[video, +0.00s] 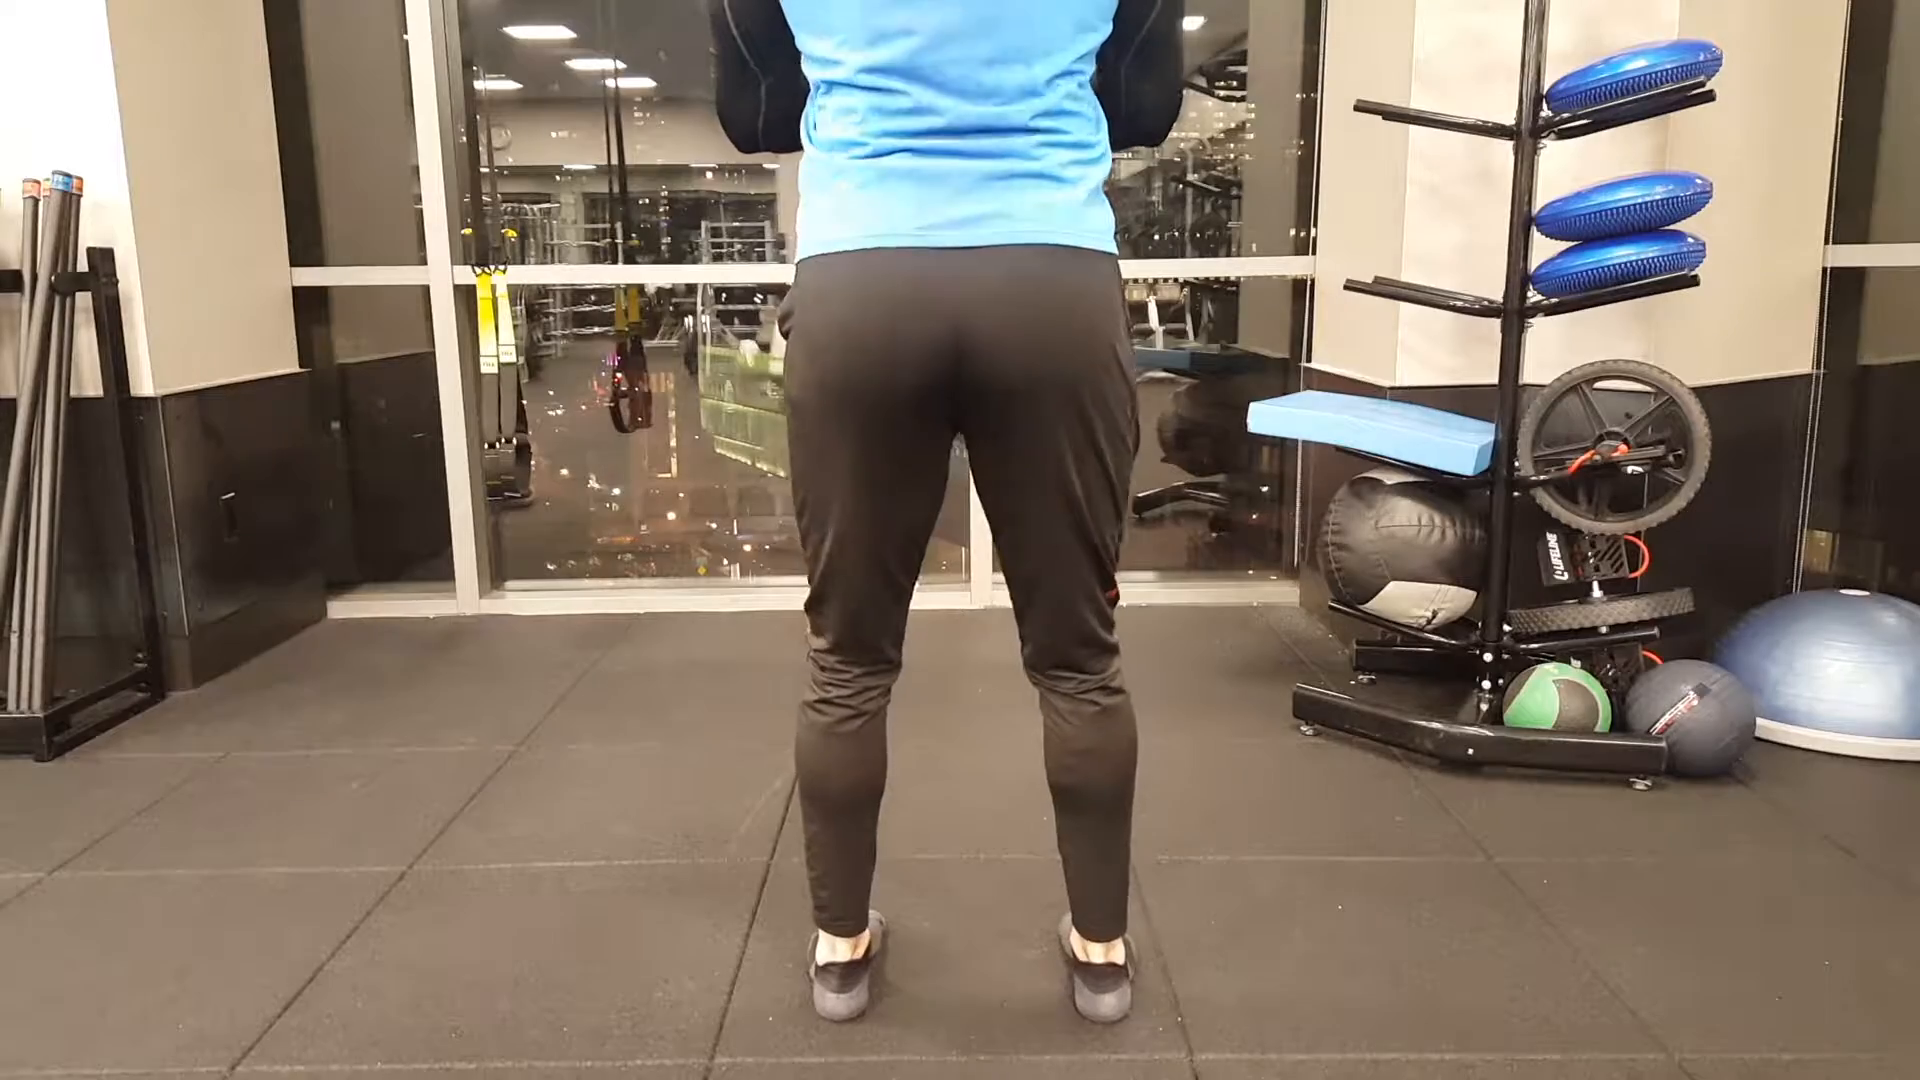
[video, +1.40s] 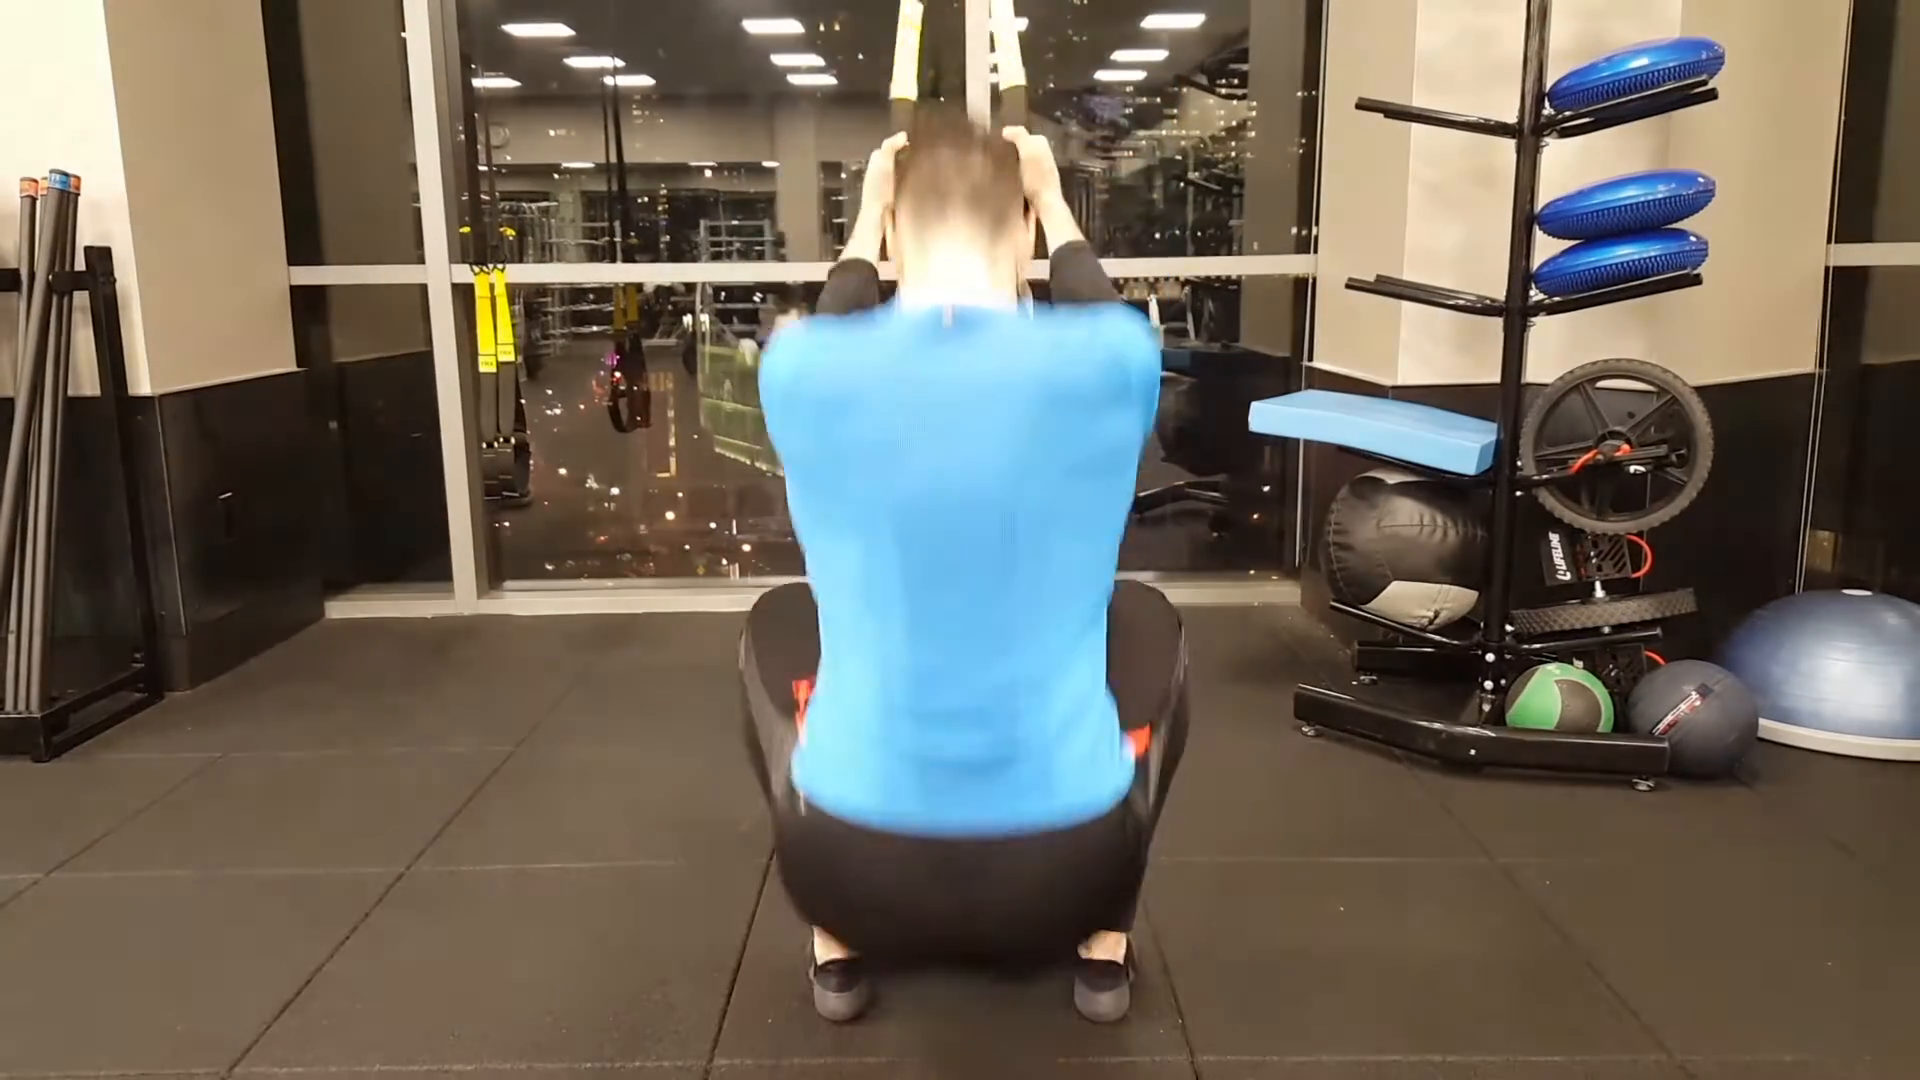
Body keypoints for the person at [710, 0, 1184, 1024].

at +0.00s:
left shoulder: (779, 3)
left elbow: (756, 117)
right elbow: (1146, 107)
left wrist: (887, 84)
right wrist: (1010, 101)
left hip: (859, 280)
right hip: (1053, 279)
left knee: (848, 652)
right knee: (1076, 649)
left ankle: (839, 955)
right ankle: (1102, 959)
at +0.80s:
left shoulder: (764, 9)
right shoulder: (1129, 9)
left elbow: (783, 229)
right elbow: (1128, 225)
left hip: (847, 410)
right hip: (1070, 409)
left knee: (820, 665)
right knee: (1104, 663)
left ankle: (836, 953)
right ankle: (1106, 955)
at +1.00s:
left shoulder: (775, 83)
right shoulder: (1128, 68)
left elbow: (780, 289)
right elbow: (1118, 286)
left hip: (843, 560)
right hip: (1076, 560)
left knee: (798, 671)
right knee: (1122, 666)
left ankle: (835, 951)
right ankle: (1106, 953)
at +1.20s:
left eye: (909, 79)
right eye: (1010, 78)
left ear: (885, 87)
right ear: (1025, 85)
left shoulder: (784, 220)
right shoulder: (1127, 207)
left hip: (850, 724)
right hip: (1062, 726)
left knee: (774, 612)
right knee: (1148, 613)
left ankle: (833, 947)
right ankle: (1107, 951)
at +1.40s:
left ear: (893, 234)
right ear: (1026, 234)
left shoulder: (800, 375)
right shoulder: (1113, 366)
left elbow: (827, 330)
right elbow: (1107, 316)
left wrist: (867, 230)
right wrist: (1055, 213)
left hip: (867, 885)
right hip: (1055, 884)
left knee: (777, 611)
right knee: (1144, 607)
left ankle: (833, 939)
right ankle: (1109, 938)